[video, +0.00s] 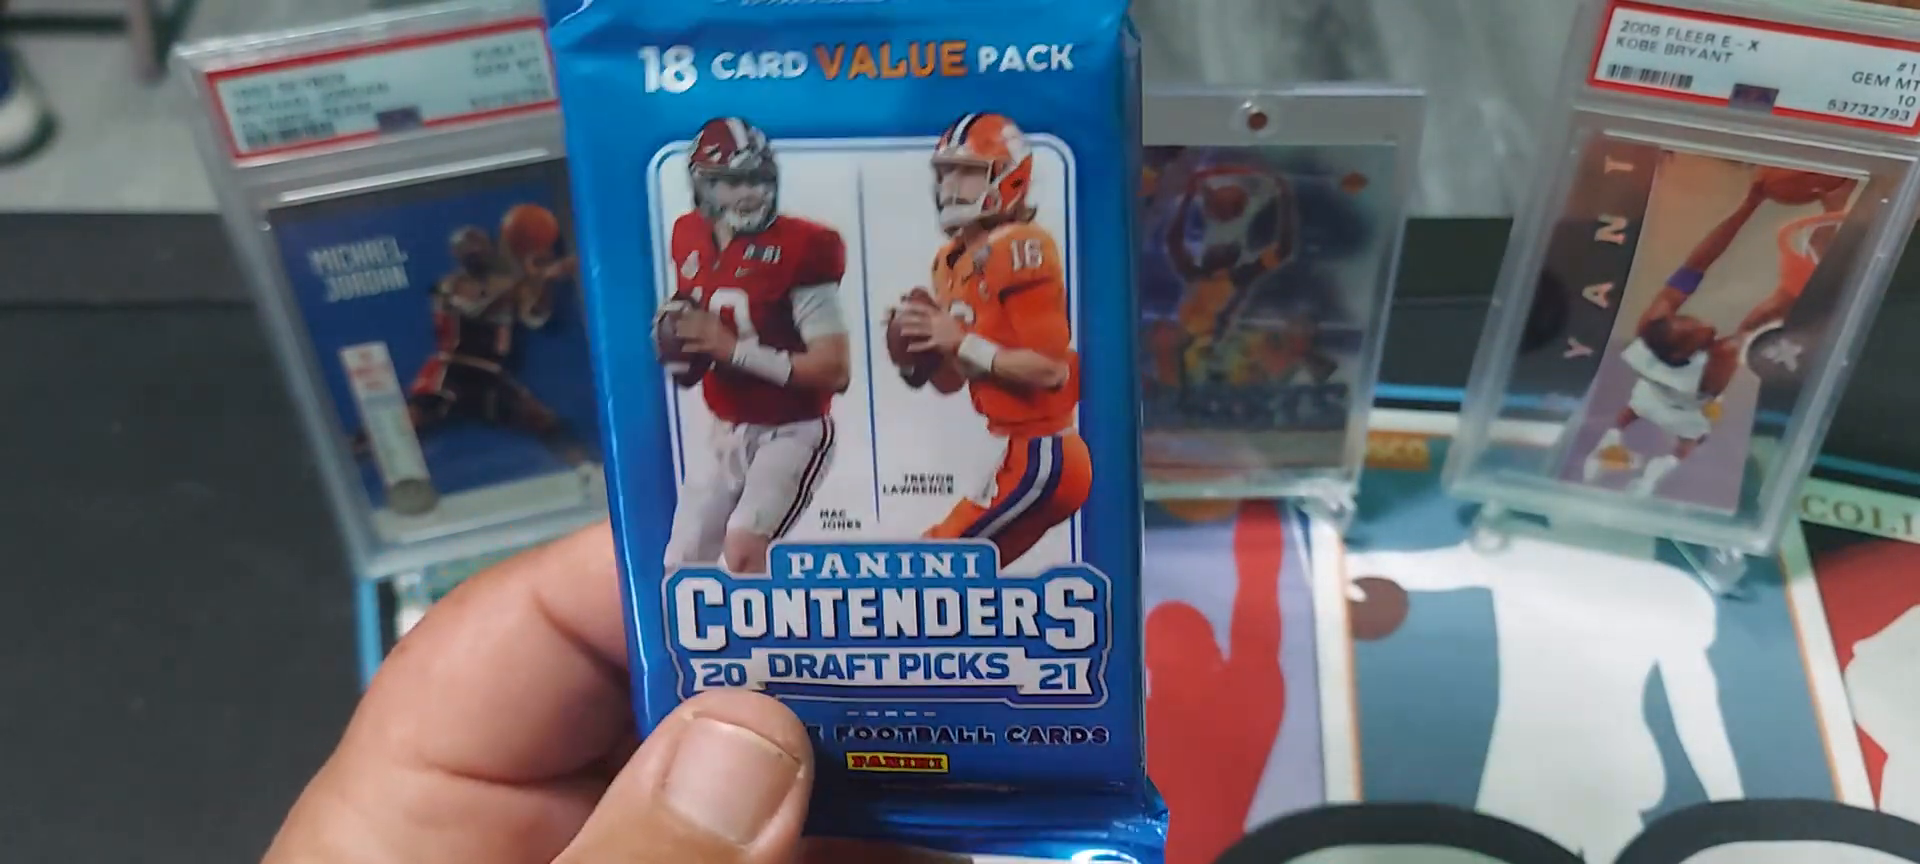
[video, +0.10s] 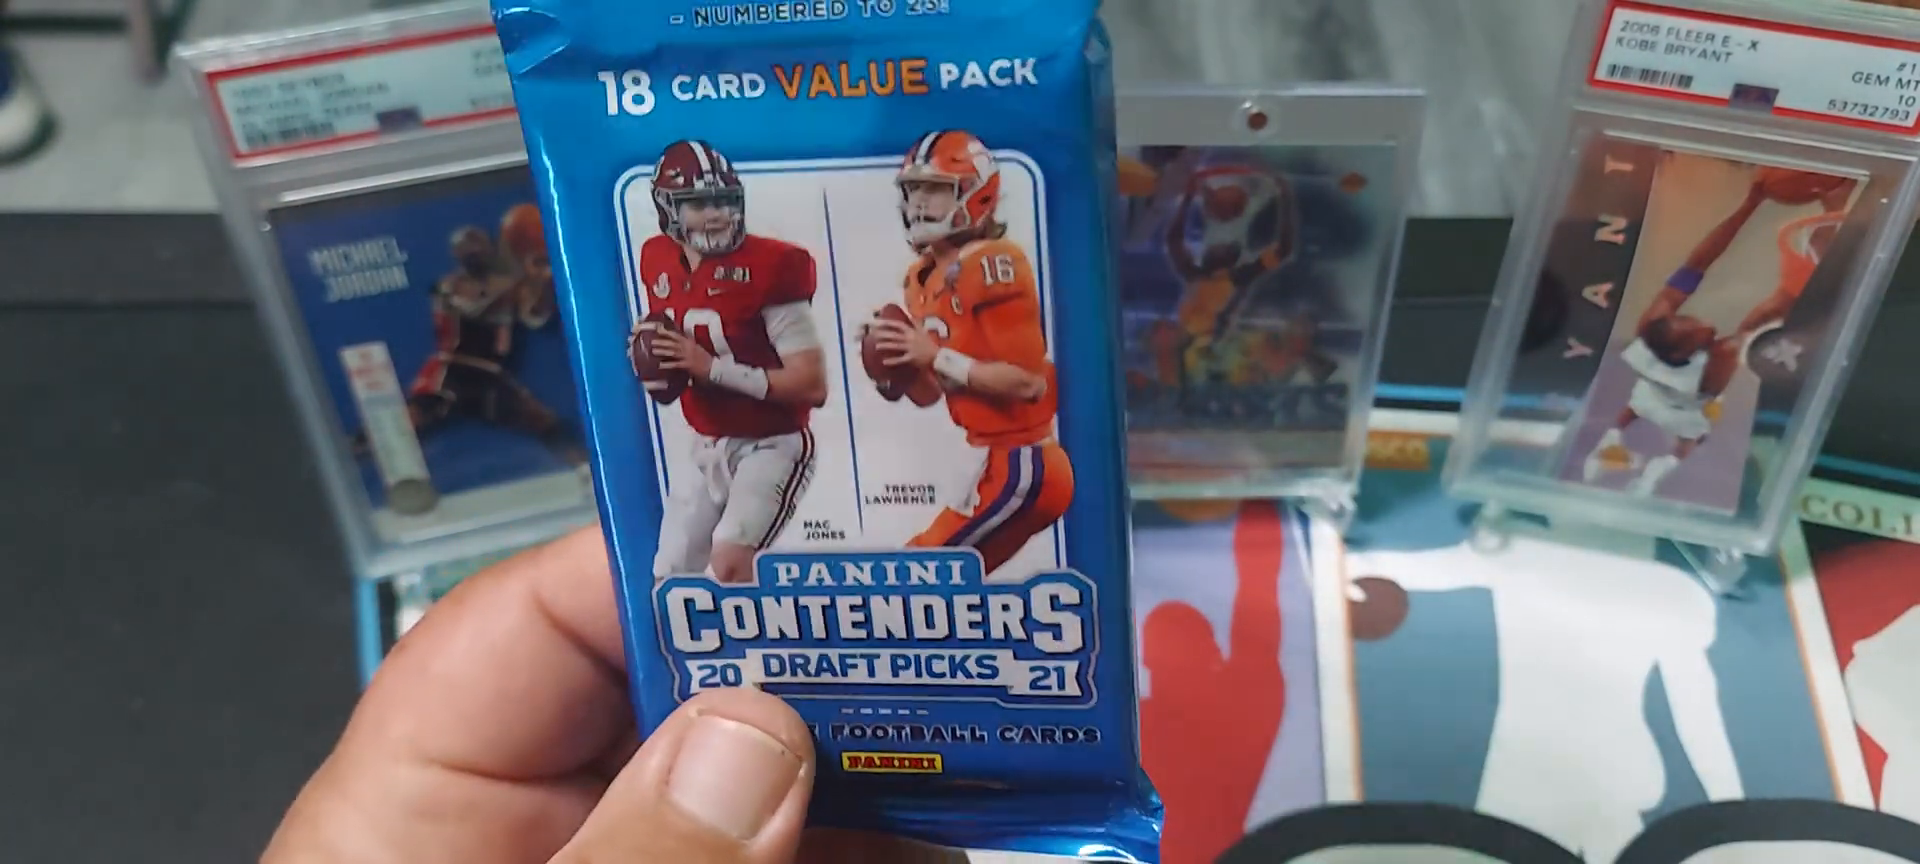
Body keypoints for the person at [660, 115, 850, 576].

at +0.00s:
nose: (745, 194)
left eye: (755, 180)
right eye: (731, 182)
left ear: (771, 181)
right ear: (703, 186)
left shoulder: (806, 246)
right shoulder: (689, 234)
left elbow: (833, 371)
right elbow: (685, 315)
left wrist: (732, 347)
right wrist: (674, 336)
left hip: (794, 432)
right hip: (723, 430)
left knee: (744, 547)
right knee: (681, 564)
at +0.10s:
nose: (714, 214)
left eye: (723, 201)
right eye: (699, 204)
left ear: (738, 204)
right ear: (670, 211)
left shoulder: (774, 266)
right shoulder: (658, 259)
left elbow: (811, 386)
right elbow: (667, 390)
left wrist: (709, 366)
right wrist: (647, 357)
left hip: (774, 445)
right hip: (707, 448)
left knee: (729, 559)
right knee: (670, 578)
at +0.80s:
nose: (759, 214)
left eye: (769, 202)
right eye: (745, 202)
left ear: (784, 203)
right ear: (716, 204)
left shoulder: (815, 266)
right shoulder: (700, 253)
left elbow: (841, 390)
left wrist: (742, 365)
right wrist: (682, 349)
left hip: (800, 450)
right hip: (729, 448)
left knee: (745, 571)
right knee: (686, 581)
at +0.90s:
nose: (728, 246)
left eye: (736, 233)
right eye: (713, 236)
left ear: (751, 235)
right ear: (684, 242)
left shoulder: (788, 298)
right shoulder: (671, 287)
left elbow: (819, 420)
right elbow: (676, 419)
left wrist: (719, 396)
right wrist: (657, 384)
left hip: (782, 476)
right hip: (711, 474)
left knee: (735, 585)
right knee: (675, 601)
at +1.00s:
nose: (723, 264)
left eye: (731, 252)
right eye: (708, 254)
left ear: (746, 254)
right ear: (679, 261)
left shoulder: (783, 316)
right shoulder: (667, 307)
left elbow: (820, 436)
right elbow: (676, 439)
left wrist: (719, 415)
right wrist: (657, 400)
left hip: (783, 491)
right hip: (714, 491)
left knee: (740, 596)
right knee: (681, 614)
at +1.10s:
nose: (742, 263)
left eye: (751, 250)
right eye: (728, 252)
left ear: (766, 253)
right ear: (700, 257)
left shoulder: (801, 313)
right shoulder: (687, 305)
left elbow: (835, 433)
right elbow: (691, 437)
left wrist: (735, 413)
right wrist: (675, 399)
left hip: (797, 490)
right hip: (730, 491)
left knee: (751, 602)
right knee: (693, 616)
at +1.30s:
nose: (745, 293)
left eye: (753, 281)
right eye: (731, 283)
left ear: (768, 283)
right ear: (702, 290)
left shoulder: (803, 344)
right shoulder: (689, 335)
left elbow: (839, 463)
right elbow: (696, 463)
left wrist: (739, 442)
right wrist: (677, 423)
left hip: (801, 517)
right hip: (733, 517)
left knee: (757, 621)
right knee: (699, 638)